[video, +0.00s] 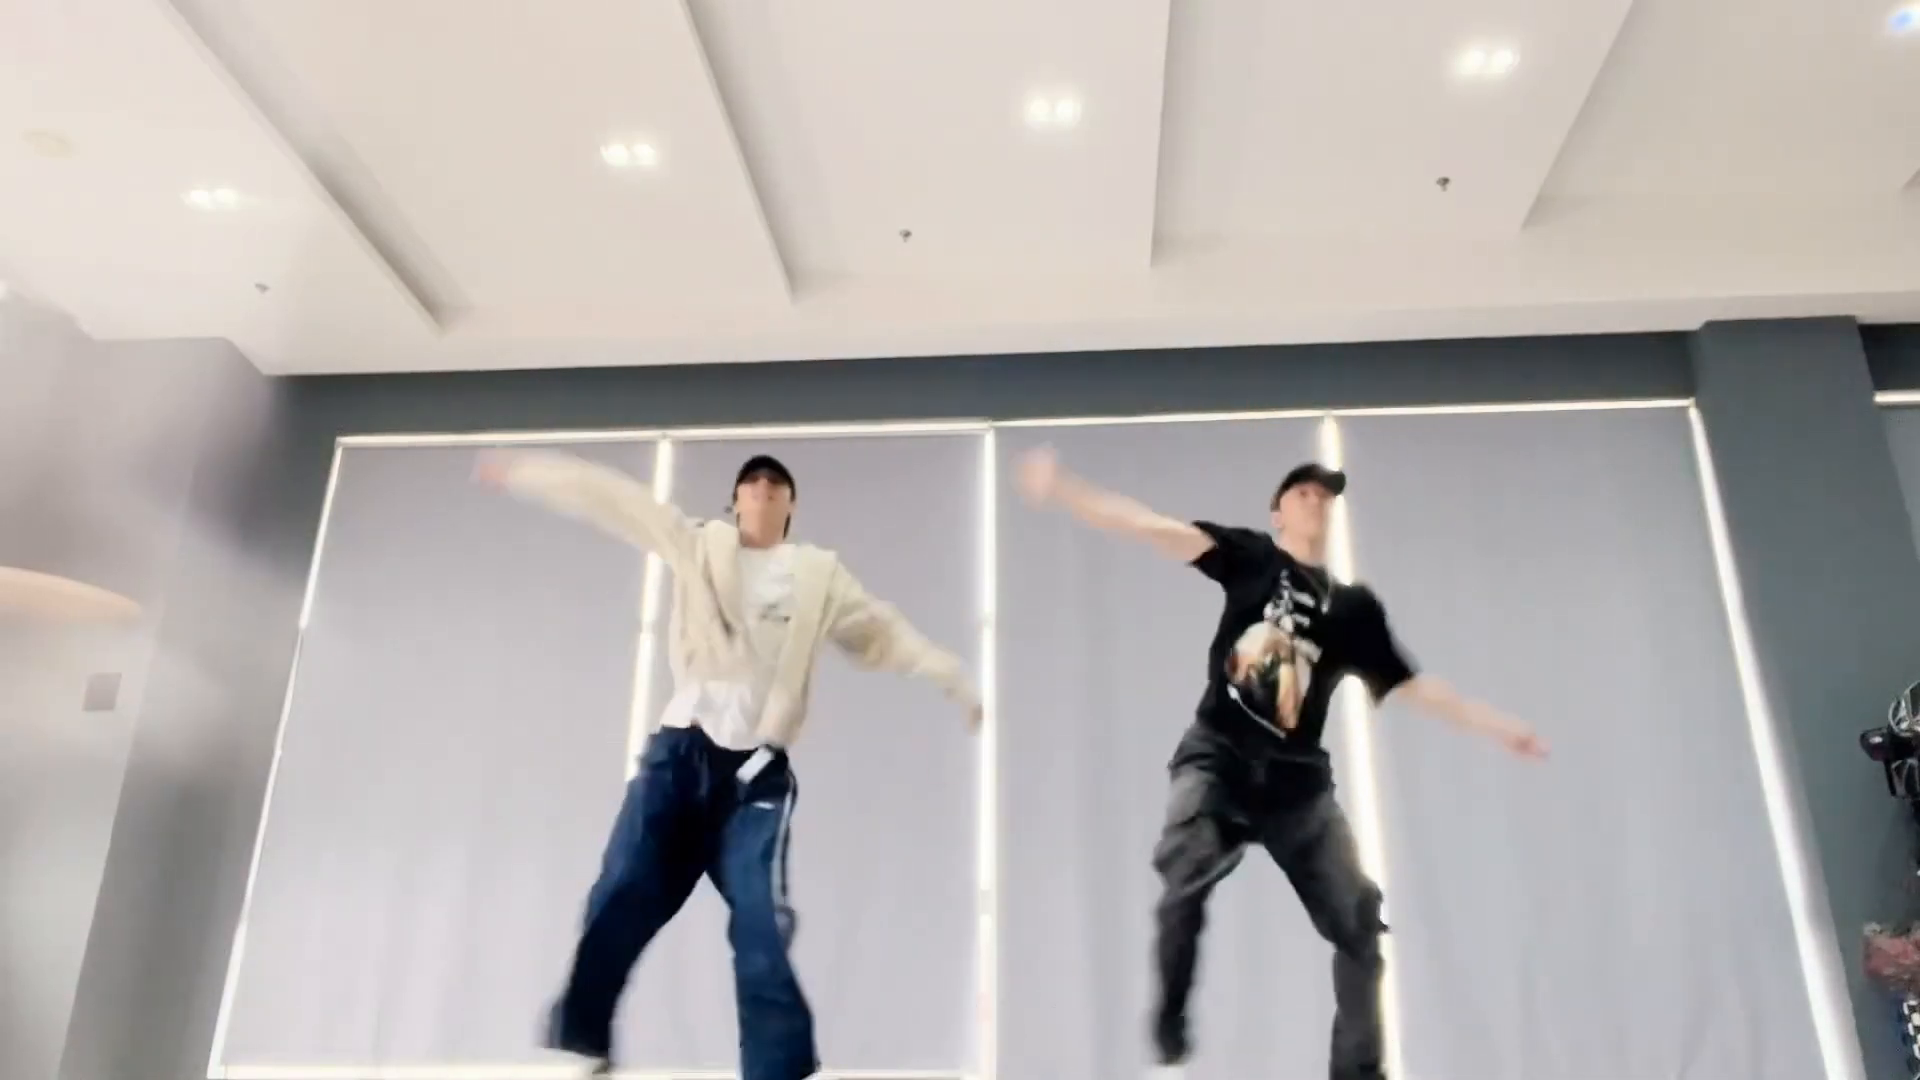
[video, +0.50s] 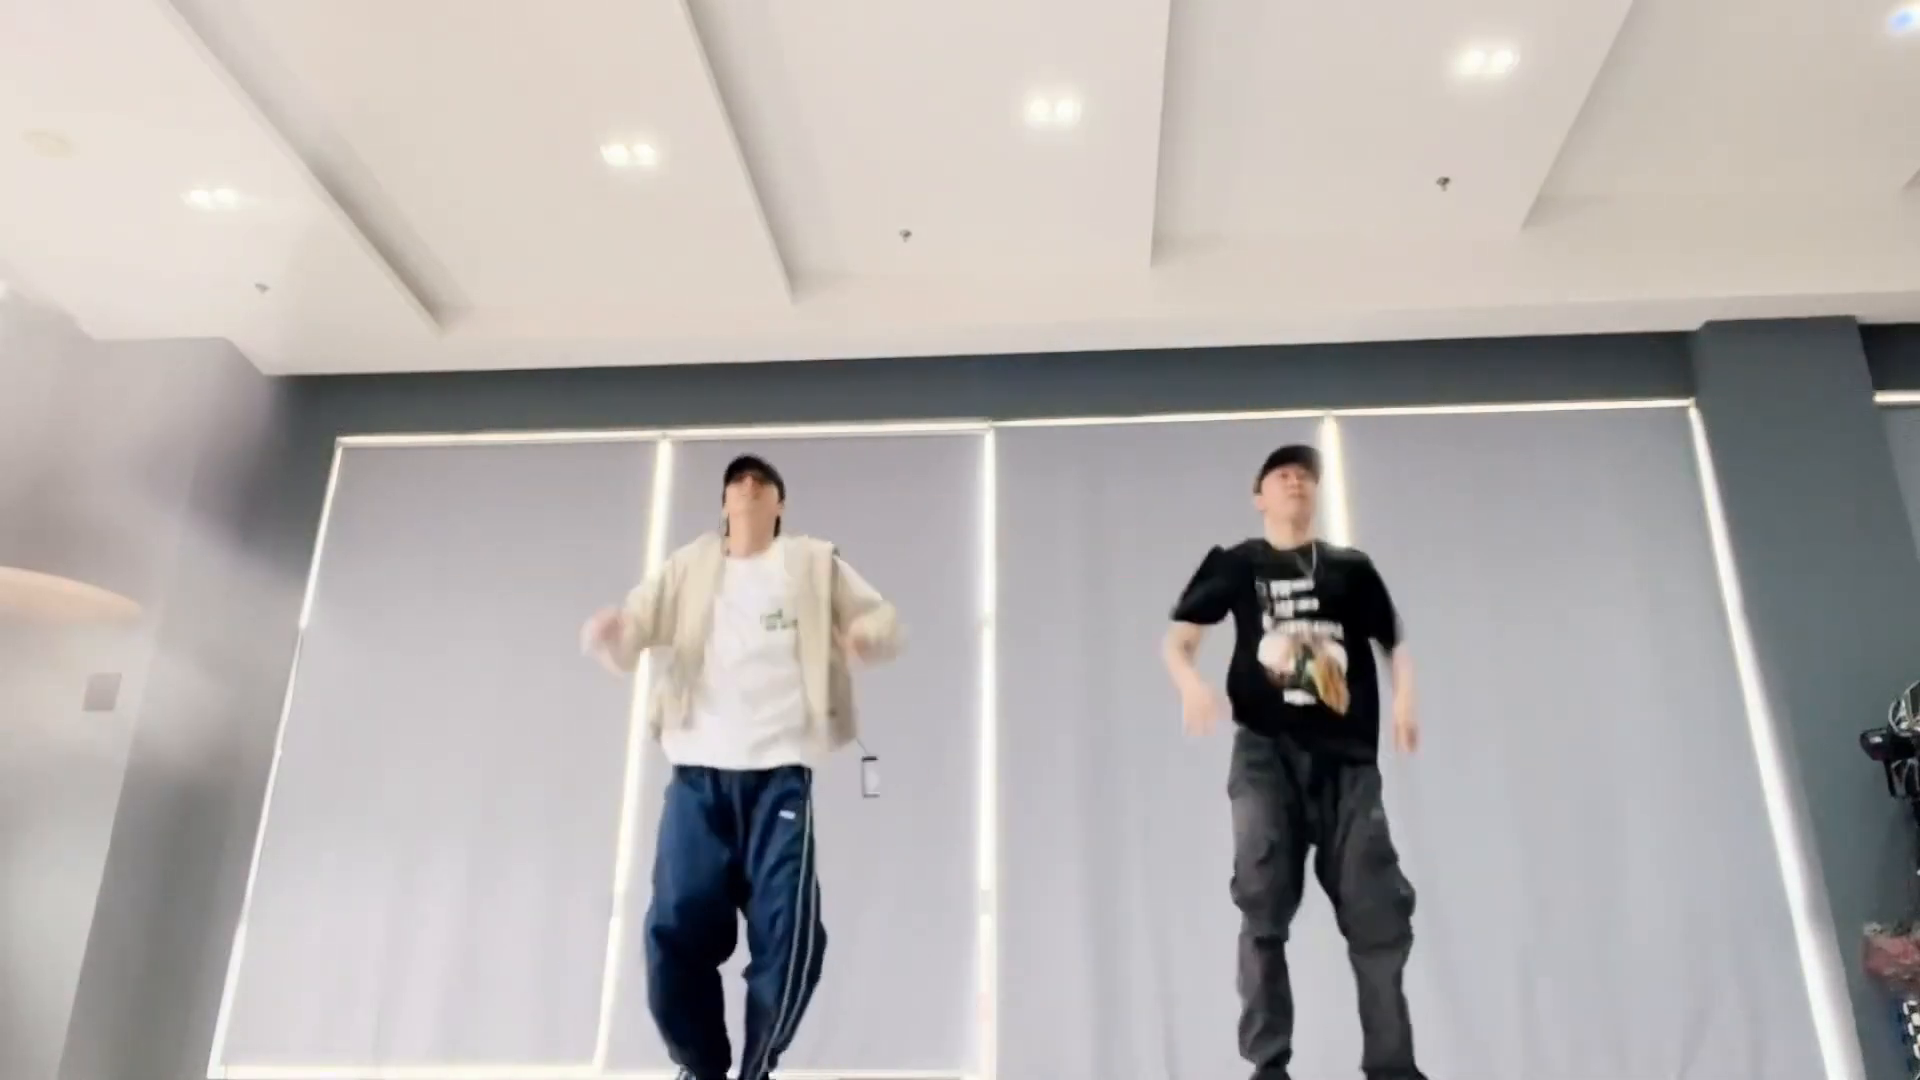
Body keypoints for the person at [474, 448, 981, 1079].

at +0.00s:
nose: (757, 492)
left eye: (770, 486)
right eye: (749, 485)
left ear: (790, 510)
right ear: (733, 503)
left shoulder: (819, 573)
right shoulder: (697, 542)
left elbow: (884, 635)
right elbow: (610, 496)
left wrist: (959, 681)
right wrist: (520, 470)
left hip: (758, 772)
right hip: (679, 755)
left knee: (761, 925)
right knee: (623, 894)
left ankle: (782, 1071)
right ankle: (577, 1047)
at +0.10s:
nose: (755, 483)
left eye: (768, 477)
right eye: (746, 477)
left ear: (789, 498)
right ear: (731, 495)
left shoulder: (821, 563)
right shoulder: (694, 551)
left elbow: (904, 594)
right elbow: (600, 577)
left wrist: (990, 593)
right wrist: (506, 583)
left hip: (763, 755)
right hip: (683, 744)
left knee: (747, 921)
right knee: (668, 904)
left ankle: (759, 1069)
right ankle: (704, 1064)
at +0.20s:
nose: (754, 486)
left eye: (767, 481)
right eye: (744, 479)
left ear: (785, 504)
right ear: (726, 501)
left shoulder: (811, 560)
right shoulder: (688, 557)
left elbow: (883, 606)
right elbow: (602, 586)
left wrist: (936, 543)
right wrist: (526, 550)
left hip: (777, 751)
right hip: (696, 746)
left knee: (768, 917)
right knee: (683, 916)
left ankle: (753, 1066)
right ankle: (704, 1063)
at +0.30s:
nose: (750, 519)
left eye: (763, 512)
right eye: (738, 511)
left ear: (779, 532)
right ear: (722, 530)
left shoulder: (812, 589)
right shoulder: (689, 585)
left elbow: (901, 578)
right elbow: (594, 567)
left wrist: (843, 557)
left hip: (780, 784)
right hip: (697, 779)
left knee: (786, 940)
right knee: (672, 944)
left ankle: (752, 1070)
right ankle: (709, 1067)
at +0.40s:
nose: (746, 531)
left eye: (759, 525)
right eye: (735, 525)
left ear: (777, 546)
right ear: (720, 546)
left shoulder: (814, 604)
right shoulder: (682, 598)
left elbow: (902, 589)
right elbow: (597, 580)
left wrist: (844, 570)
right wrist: (647, 557)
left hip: (781, 808)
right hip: (694, 806)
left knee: (803, 951)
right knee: (661, 957)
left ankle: (758, 1071)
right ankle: (704, 1069)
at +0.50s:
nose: (748, 490)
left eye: (761, 483)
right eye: (737, 483)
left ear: (779, 505)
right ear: (722, 504)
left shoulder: (815, 561)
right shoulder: (686, 565)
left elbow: (883, 621)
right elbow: (635, 638)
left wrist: (867, 636)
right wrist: (614, 640)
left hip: (781, 777)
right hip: (697, 777)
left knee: (787, 933)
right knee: (676, 930)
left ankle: (757, 1069)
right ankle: (702, 1067)